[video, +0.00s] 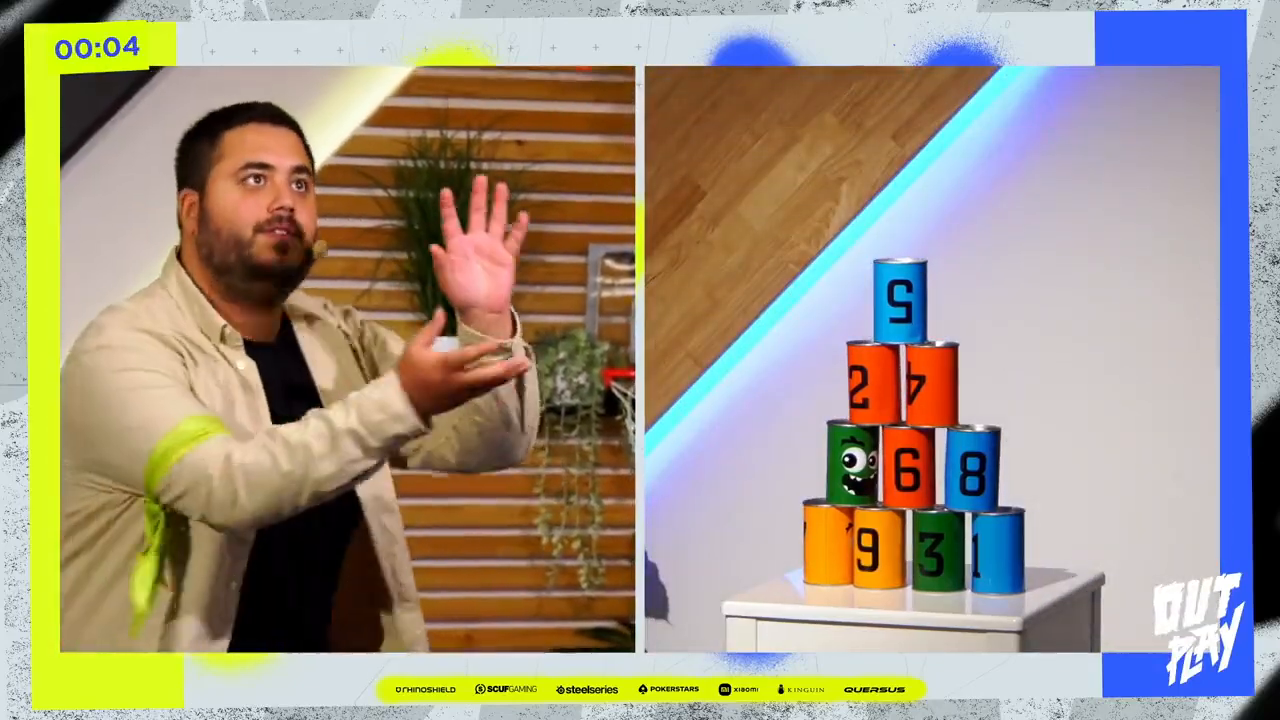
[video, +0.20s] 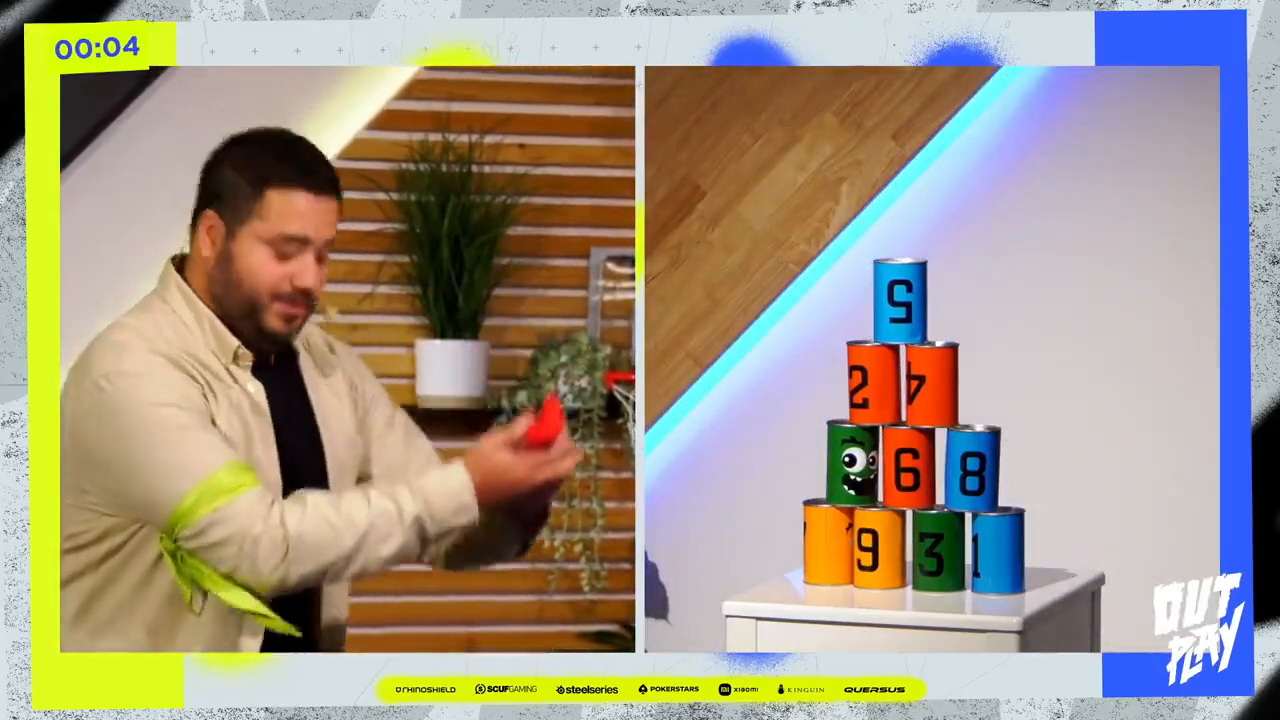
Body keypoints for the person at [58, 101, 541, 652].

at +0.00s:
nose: (286, 203)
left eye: (301, 184)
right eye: (253, 180)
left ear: (315, 217)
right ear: (191, 211)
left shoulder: (347, 343)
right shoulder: (119, 355)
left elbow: (493, 443)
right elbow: (229, 488)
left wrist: (488, 323)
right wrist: (400, 404)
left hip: (321, 691)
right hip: (159, 691)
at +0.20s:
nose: (311, 279)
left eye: (321, 254)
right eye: (287, 249)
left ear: (329, 250)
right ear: (210, 235)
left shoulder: (327, 364)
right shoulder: (127, 375)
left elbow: (437, 532)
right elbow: (261, 551)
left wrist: (514, 510)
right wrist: (464, 488)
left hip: (296, 698)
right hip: (140, 700)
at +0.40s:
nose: (345, 389)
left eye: (362, 367)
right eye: (332, 359)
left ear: (376, 352)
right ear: (269, 311)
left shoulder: (333, 413)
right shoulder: (150, 417)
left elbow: (365, 572)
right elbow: (148, 628)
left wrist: (422, 624)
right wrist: (350, 665)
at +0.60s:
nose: (343, 368)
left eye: (361, 348)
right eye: (327, 338)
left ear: (373, 341)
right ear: (263, 304)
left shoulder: (324, 416)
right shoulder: (151, 416)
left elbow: (353, 574)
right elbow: (122, 629)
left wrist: (363, 645)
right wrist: (317, 652)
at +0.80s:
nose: (311, 298)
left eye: (329, 277)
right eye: (287, 270)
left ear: (340, 287)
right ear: (225, 270)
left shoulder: (303, 394)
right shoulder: (160, 394)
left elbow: (339, 554)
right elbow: (169, 605)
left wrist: (384, 618)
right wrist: (346, 615)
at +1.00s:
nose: (304, 277)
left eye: (320, 257)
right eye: (276, 253)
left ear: (333, 271)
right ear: (217, 265)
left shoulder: (299, 392)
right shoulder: (168, 381)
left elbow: (280, 604)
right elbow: (185, 558)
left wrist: (410, 627)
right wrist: (377, 571)